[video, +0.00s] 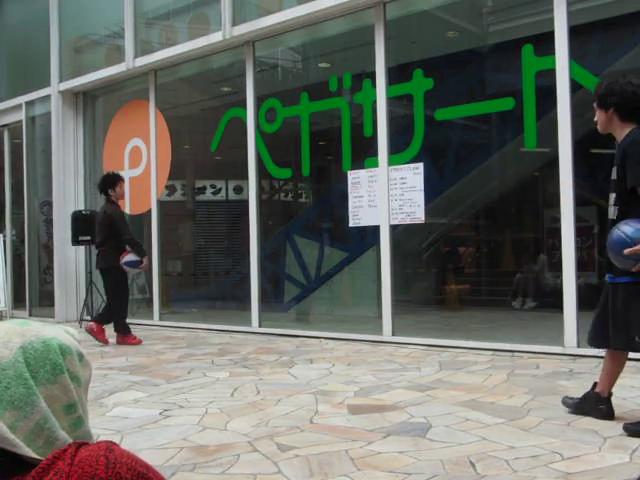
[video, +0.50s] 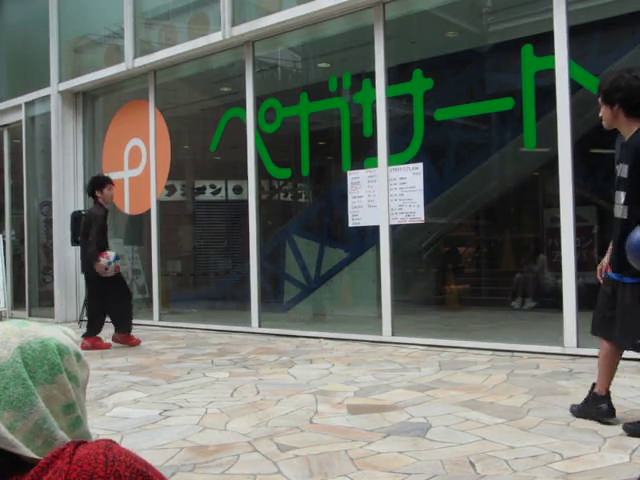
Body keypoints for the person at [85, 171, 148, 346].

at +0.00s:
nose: (124, 190)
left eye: (123, 186)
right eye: (121, 187)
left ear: (111, 192)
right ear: (111, 191)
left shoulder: (106, 209)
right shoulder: (113, 210)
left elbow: (110, 237)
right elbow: (126, 235)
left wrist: (123, 253)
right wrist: (142, 254)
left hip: (108, 259)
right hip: (112, 260)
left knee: (117, 295)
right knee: (119, 295)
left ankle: (97, 323)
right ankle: (123, 333)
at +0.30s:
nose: (118, 192)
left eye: (117, 188)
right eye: (115, 189)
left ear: (104, 193)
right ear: (104, 193)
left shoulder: (99, 211)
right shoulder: (107, 212)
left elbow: (108, 239)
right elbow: (113, 238)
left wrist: (127, 255)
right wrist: (127, 256)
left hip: (98, 265)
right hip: (107, 265)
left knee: (104, 299)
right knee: (123, 298)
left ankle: (93, 332)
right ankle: (123, 333)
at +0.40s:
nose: (115, 194)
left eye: (115, 190)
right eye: (112, 190)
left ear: (103, 195)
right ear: (101, 194)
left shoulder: (97, 211)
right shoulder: (102, 212)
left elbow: (99, 240)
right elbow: (105, 238)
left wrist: (112, 254)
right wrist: (112, 260)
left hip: (95, 263)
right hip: (101, 263)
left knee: (101, 299)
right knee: (123, 295)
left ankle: (91, 335)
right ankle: (123, 332)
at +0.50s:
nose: (113, 193)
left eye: (112, 189)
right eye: (109, 190)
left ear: (101, 194)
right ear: (99, 194)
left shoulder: (97, 212)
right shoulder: (98, 214)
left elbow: (91, 241)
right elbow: (91, 241)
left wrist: (105, 258)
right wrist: (95, 262)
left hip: (95, 265)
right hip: (99, 266)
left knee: (96, 300)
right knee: (123, 295)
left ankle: (91, 334)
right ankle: (123, 332)